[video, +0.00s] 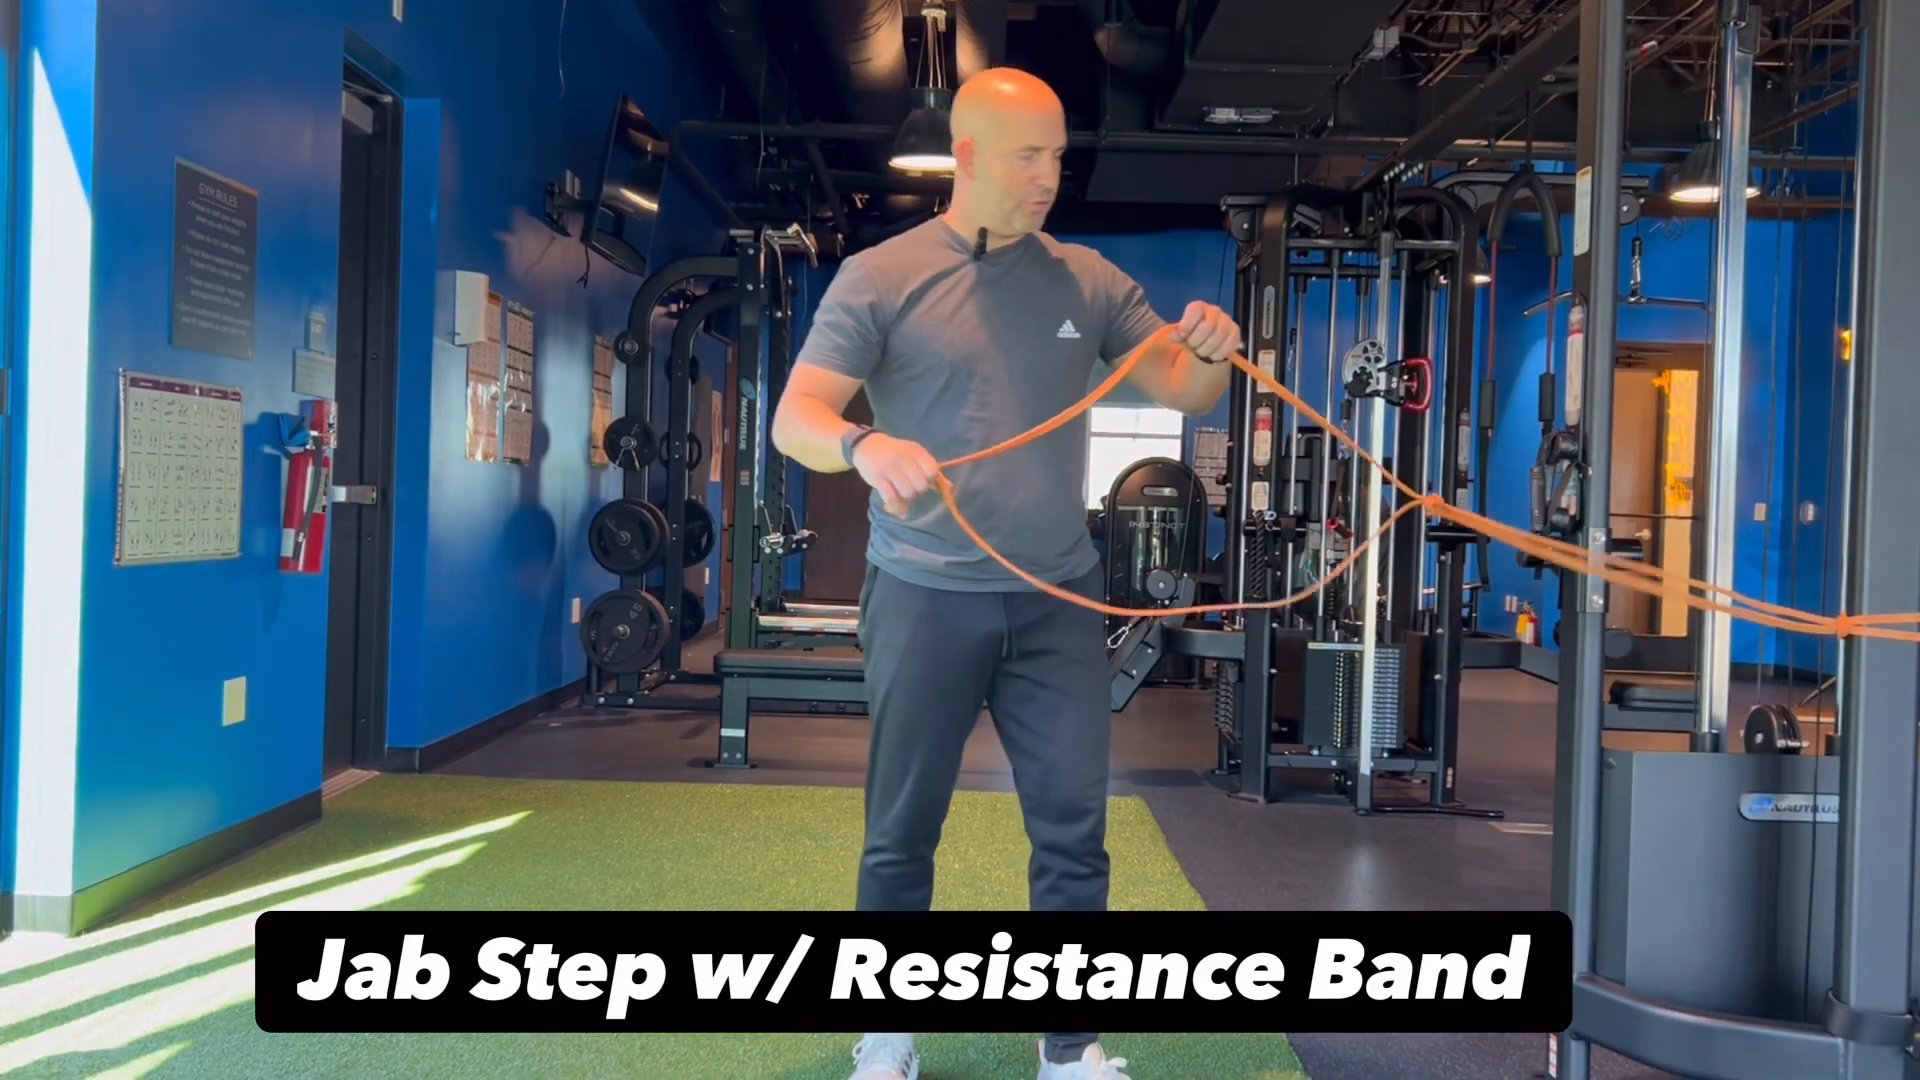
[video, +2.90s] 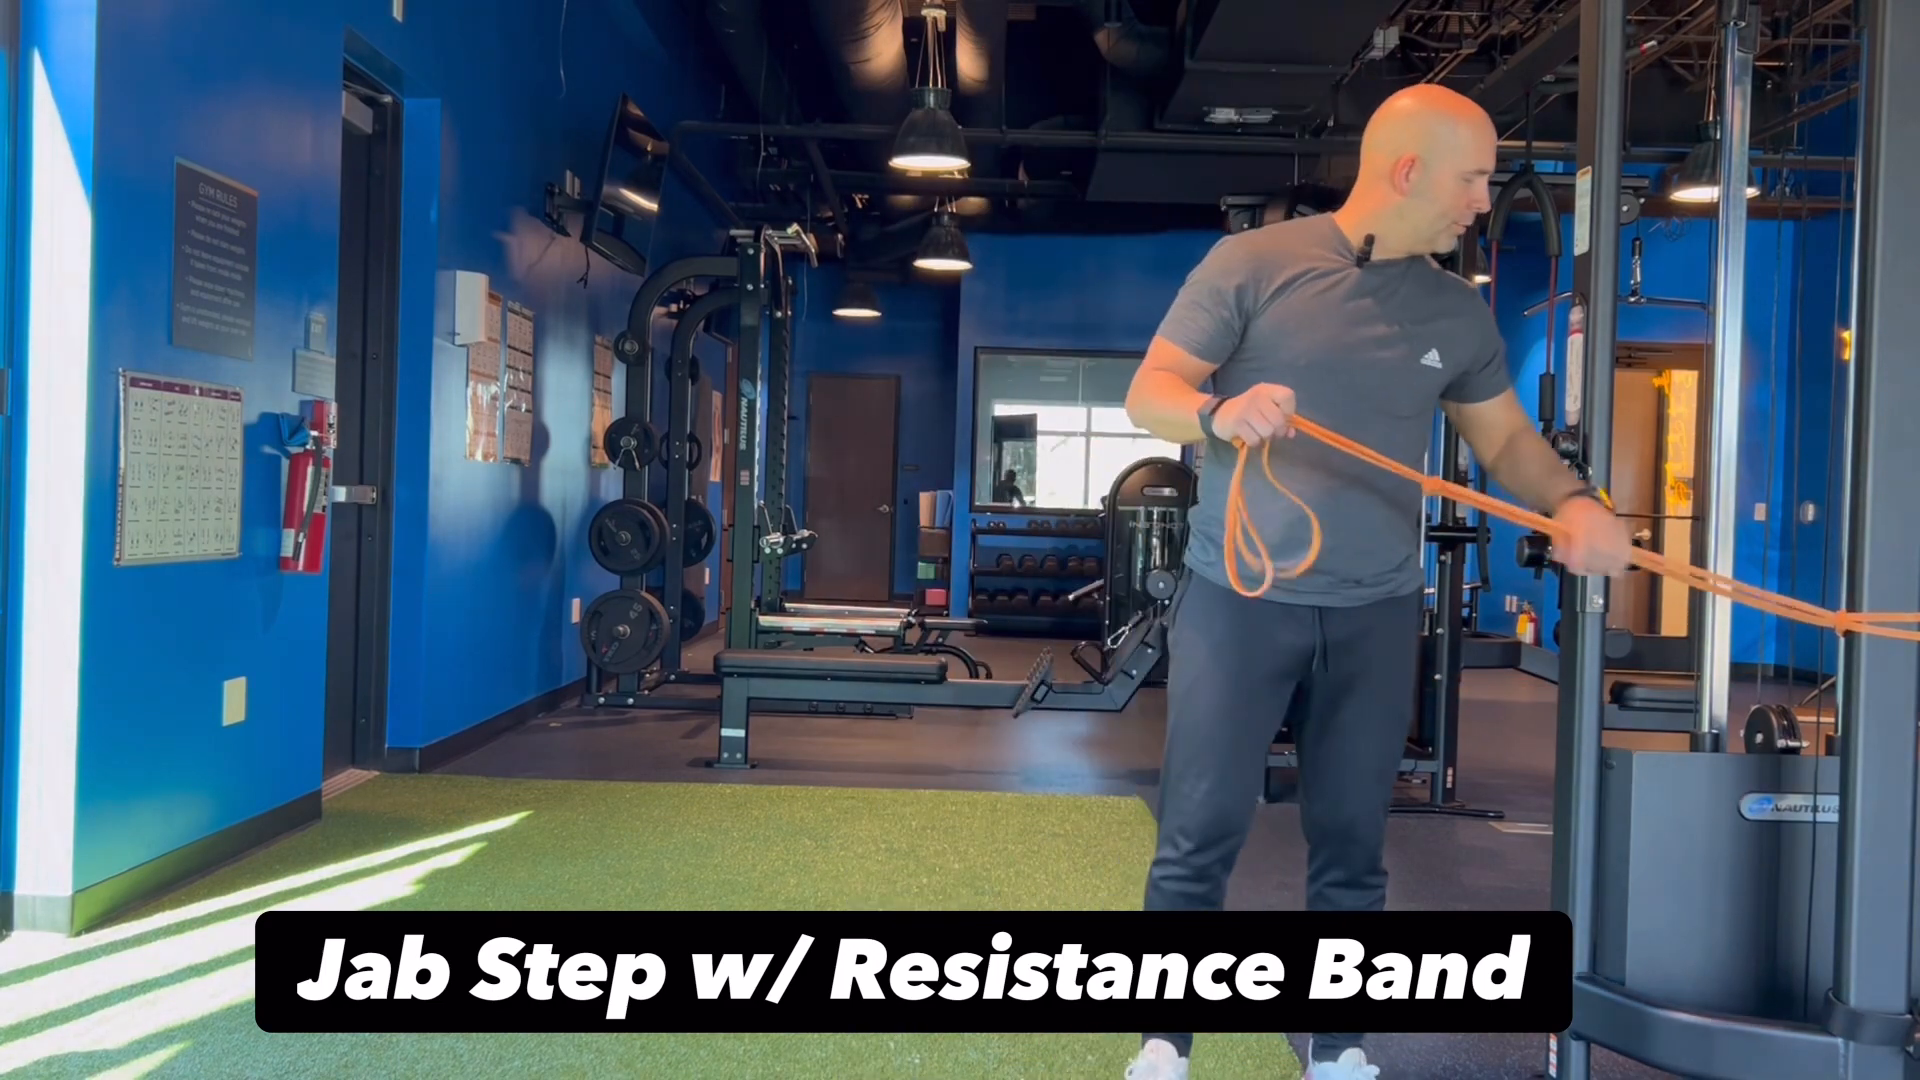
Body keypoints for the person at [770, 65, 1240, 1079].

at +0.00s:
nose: (1053, 177)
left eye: (1059, 158)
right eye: (1033, 157)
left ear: (1055, 161)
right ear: (968, 159)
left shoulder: (1088, 279)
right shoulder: (879, 277)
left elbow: (1189, 392)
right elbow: (796, 419)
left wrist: (1213, 350)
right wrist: (861, 446)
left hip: (1061, 593)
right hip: (926, 592)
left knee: (1074, 831)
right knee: (901, 836)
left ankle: (1071, 1044)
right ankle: (883, 1035)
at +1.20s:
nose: (1063, 118)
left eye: (1064, 103)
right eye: (1039, 101)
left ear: (1059, 126)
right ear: (971, 121)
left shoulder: (1074, 270)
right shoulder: (887, 258)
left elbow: (1119, 409)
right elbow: (837, 421)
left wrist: (1198, 481)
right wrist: (984, 435)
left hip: (1058, 581)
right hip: (932, 583)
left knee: (1113, 809)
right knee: (899, 832)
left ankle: (1093, 1038)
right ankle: (869, 1053)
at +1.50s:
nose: (1122, 118)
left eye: (1128, 104)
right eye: (1095, 101)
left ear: (1132, 134)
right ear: (1037, 127)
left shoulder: (1140, 277)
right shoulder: (981, 252)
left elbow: (1179, 412)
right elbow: (973, 422)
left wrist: (1231, 455)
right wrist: (1135, 471)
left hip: (1110, 592)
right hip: (997, 584)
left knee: (1109, 836)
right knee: (955, 831)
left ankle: (1089, 1051)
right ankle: (877, 1045)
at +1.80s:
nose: (1198, 127)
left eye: (1207, 111)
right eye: (1172, 109)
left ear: (1216, 137)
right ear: (1117, 132)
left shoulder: (1215, 282)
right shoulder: (1069, 248)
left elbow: (1229, 420)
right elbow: (1053, 417)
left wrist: (1268, 440)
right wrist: (1209, 475)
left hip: (1170, 578)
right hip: (1071, 563)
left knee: (1152, 822)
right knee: (1105, 810)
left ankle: (1089, 1048)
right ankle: (963, 1019)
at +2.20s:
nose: (1300, 153)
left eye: (1298, 132)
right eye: (1288, 130)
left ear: (1230, 140)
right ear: (1221, 135)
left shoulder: (1262, 284)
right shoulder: (1119, 251)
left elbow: (1272, 440)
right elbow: (1074, 420)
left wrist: (1286, 553)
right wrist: (1253, 448)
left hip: (1245, 589)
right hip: (1134, 588)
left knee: (1304, 815)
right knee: (1128, 851)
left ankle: (1178, 1011)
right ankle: (1089, 1057)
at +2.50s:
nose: (1389, 175)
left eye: (1389, 154)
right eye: (1374, 152)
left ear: (1316, 159)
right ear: (1304, 155)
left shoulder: (1366, 299)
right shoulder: (1177, 270)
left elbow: (1387, 429)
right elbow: (1090, 417)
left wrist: (1421, 451)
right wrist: (1224, 418)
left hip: (1327, 609)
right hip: (1199, 601)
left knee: (1339, 850)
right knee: (1167, 851)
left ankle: (1329, 1051)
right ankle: (1100, 1059)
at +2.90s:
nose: (1484, 201)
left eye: (1489, 180)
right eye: (1474, 177)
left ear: (1413, 178)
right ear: (1402, 171)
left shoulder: (1458, 311)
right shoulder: (1249, 263)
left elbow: (1505, 438)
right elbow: (1151, 391)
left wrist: (1577, 501)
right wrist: (1215, 410)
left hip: (1379, 610)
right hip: (1239, 601)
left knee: (1351, 847)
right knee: (1197, 839)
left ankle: (1331, 1046)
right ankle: (1162, 1042)